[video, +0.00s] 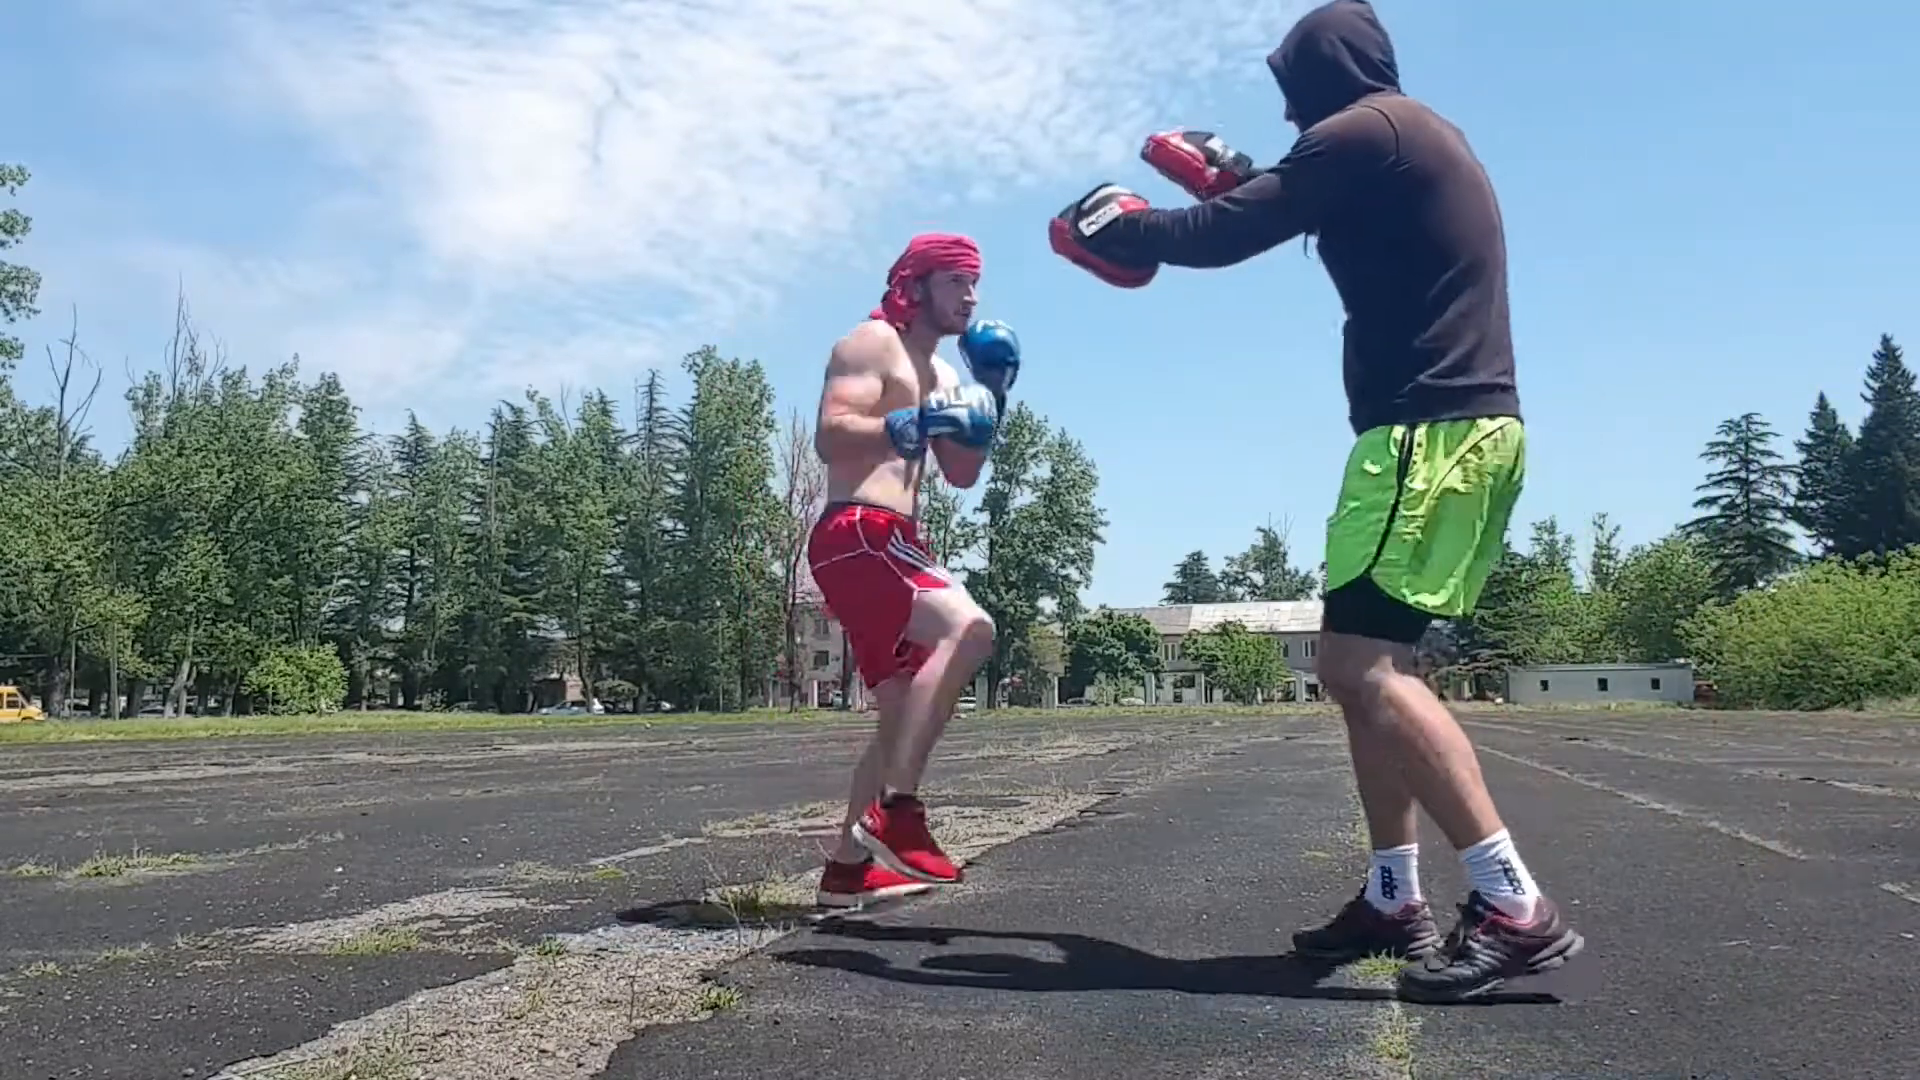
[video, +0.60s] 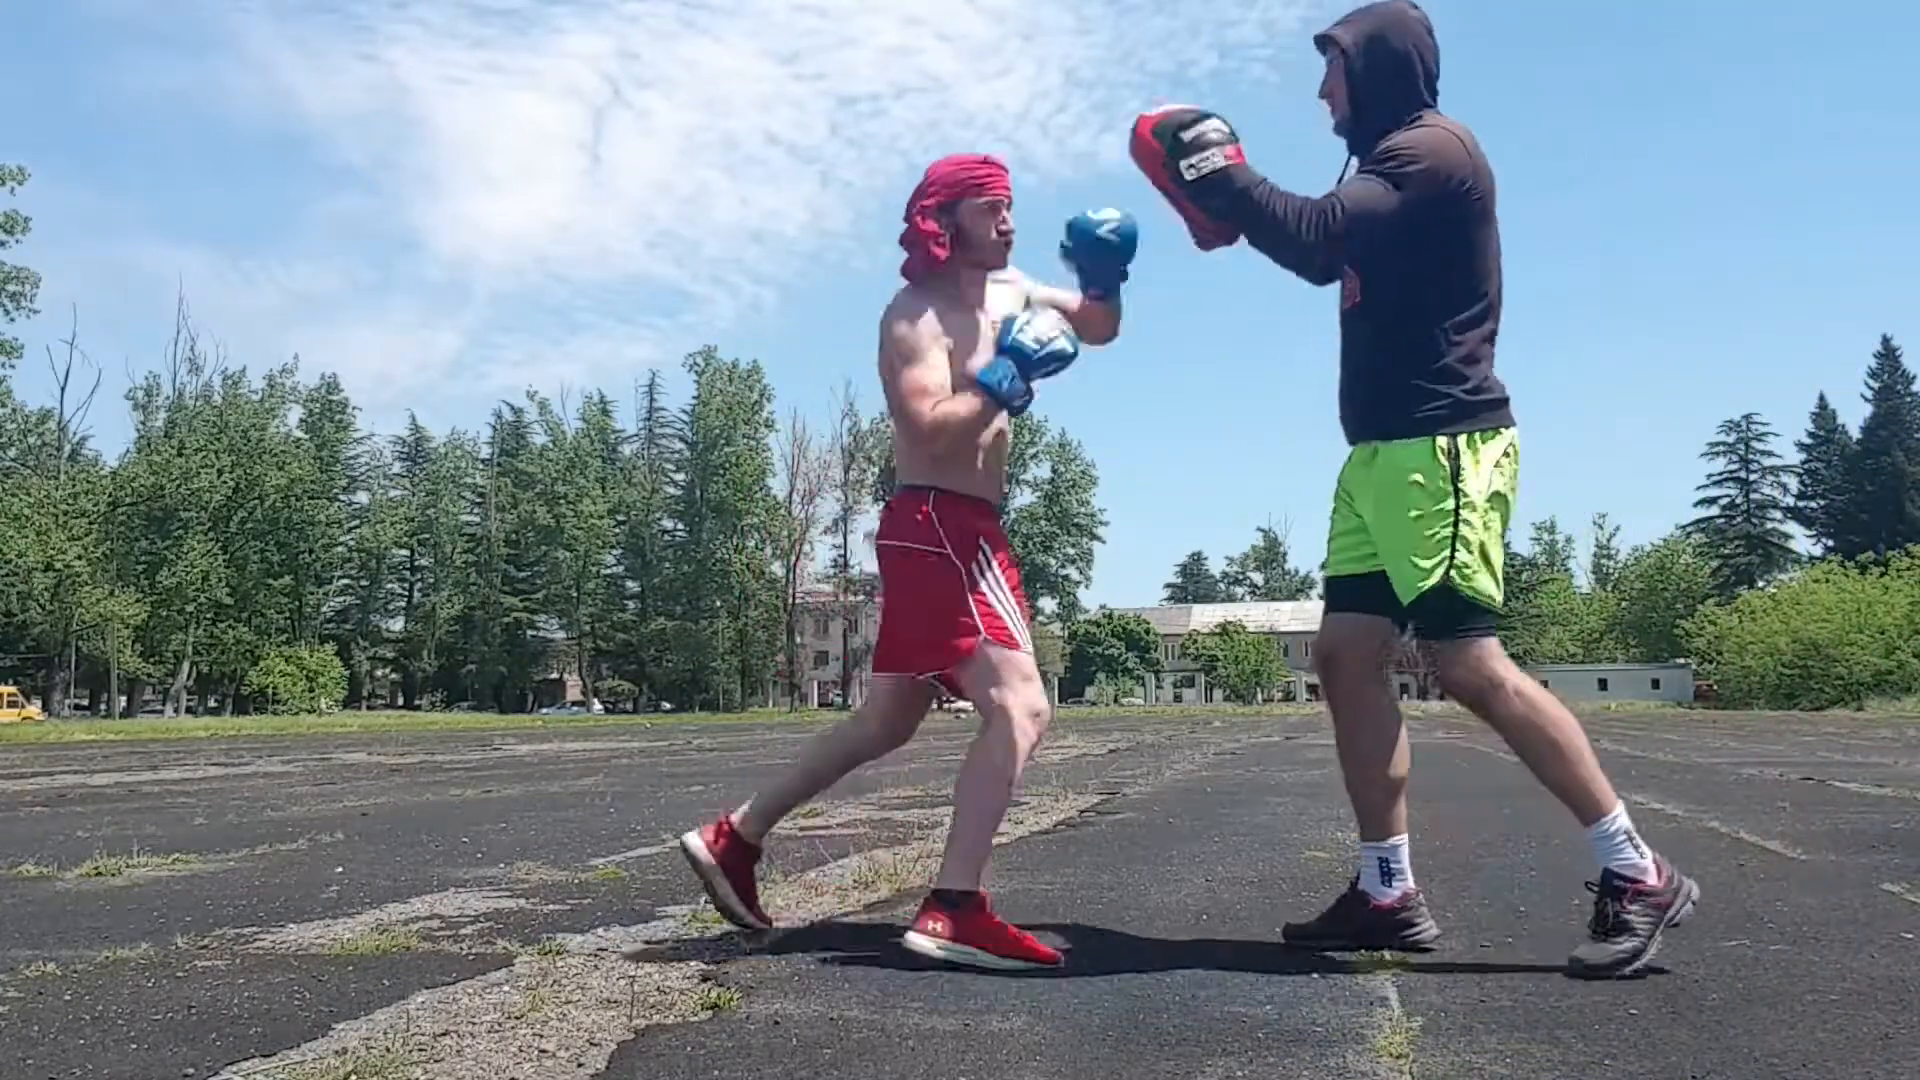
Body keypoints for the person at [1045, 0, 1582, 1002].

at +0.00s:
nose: (1291, 106)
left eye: (1294, 90)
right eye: (1290, 92)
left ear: (1321, 77)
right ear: (1374, 65)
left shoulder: (1357, 139)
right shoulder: (1425, 133)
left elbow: (1224, 231)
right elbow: (1330, 201)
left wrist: (1125, 221)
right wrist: (1240, 179)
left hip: (1426, 431)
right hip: (1471, 427)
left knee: (1364, 665)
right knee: (1361, 668)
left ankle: (1519, 908)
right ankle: (1393, 902)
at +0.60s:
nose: (1322, 87)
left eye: (1331, 67)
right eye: (1325, 69)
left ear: (1370, 72)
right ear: (1393, 71)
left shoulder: (1433, 151)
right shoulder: (1384, 165)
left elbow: (1319, 229)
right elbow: (1319, 256)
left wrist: (1224, 168)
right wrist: (1223, 196)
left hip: (1445, 446)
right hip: (1377, 452)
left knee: (1469, 664)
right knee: (1348, 655)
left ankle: (1637, 873)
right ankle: (1387, 895)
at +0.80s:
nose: (1405, 82)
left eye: (1422, 64)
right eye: (1404, 66)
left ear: (1477, 69)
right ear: (1429, 77)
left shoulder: (1530, 156)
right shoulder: (1429, 179)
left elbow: (1425, 201)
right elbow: (1373, 266)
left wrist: (1325, 149)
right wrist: (1297, 219)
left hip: (1495, 464)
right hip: (1400, 464)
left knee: (1567, 679)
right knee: (1341, 656)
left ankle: (1665, 905)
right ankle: (1384, 891)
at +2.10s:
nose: (1454, 162)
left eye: (1474, 147)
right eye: (1448, 152)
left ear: (1518, 157)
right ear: (1445, 165)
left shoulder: (1558, 224)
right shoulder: (1448, 248)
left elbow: (1531, 254)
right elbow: (1383, 304)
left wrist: (1441, 192)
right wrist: (1320, 286)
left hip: (1545, 492)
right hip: (1452, 489)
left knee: (1593, 677)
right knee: (1386, 640)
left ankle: (1632, 860)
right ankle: (1443, 826)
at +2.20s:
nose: (1461, 154)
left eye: (1479, 142)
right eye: (1452, 145)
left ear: (1516, 159)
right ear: (1439, 166)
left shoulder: (1563, 235)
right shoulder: (1441, 257)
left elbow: (1636, 271)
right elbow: (1374, 345)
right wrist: (1323, 330)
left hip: (1544, 487)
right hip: (1451, 486)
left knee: (1589, 673)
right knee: (1389, 646)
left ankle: (1629, 856)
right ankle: (1442, 804)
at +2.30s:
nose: (1457, 167)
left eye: (1473, 152)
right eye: (1444, 158)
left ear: (1510, 163)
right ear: (1435, 179)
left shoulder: (1565, 243)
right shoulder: (1432, 267)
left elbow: (1675, 328)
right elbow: (1394, 362)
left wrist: (1632, 275)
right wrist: (1335, 369)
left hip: (1543, 490)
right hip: (1445, 490)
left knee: (1590, 674)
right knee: (1409, 660)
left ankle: (1632, 860)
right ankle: (1437, 809)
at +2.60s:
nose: (1435, 201)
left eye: (1450, 188)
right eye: (1421, 190)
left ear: (1478, 199)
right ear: (1405, 203)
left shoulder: (1518, 268)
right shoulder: (1377, 275)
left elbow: (1613, 342)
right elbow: (1315, 311)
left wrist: (1585, 267)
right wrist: (1312, 229)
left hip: (1506, 501)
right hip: (1410, 506)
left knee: (1529, 664)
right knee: (1427, 689)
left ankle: (1545, 838)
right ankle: (1451, 846)